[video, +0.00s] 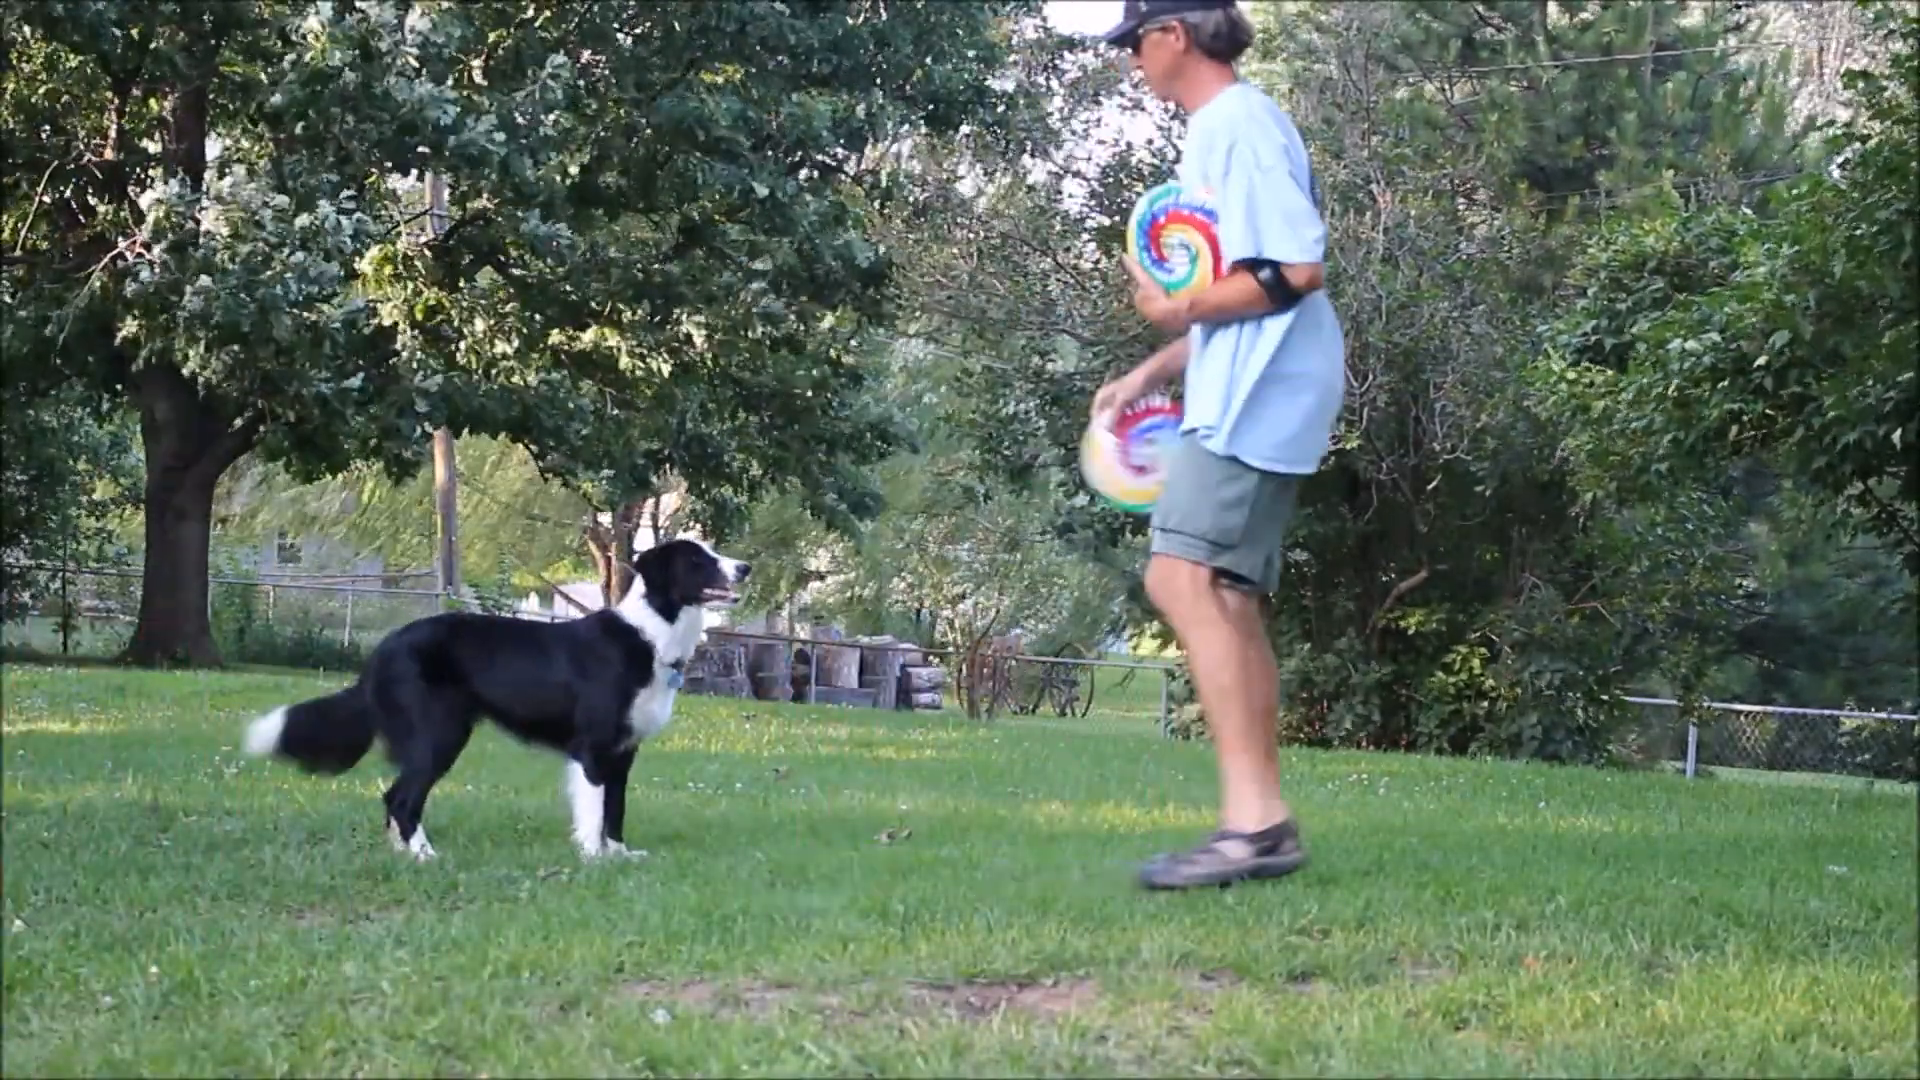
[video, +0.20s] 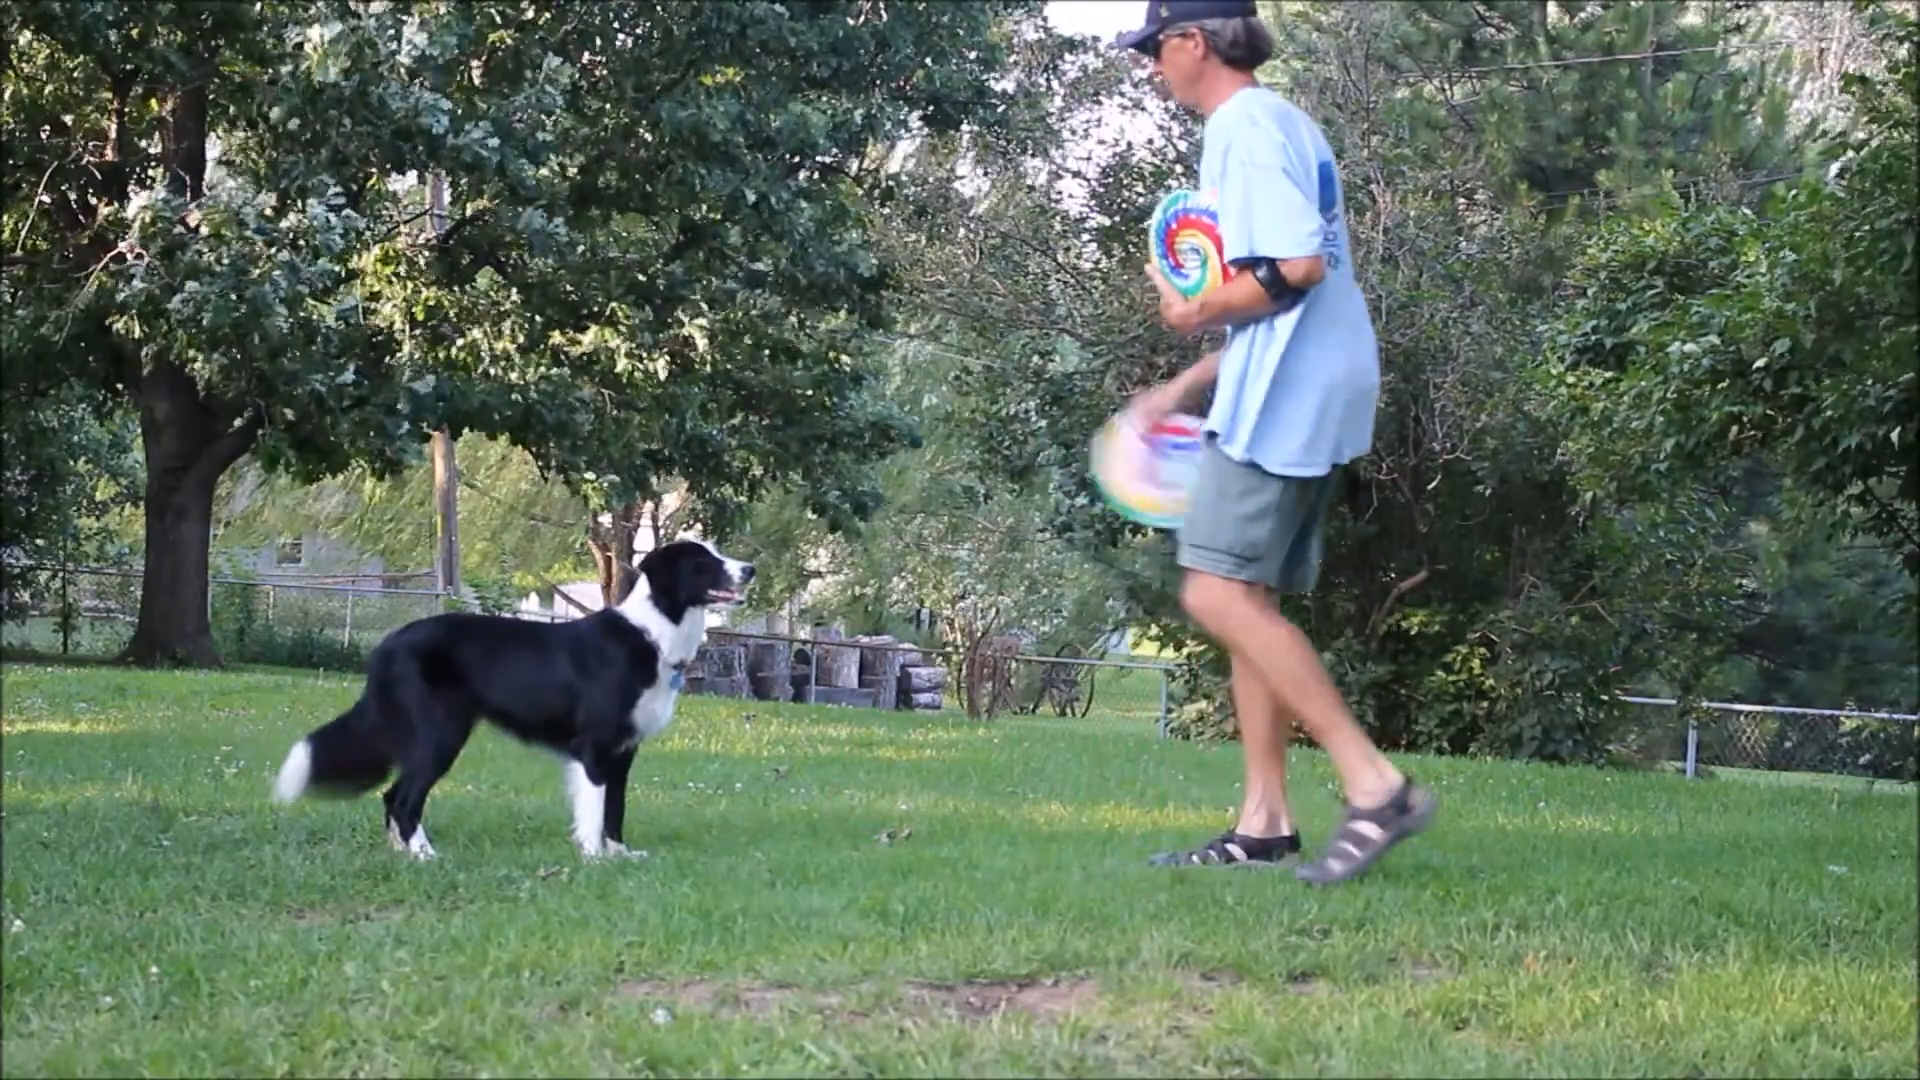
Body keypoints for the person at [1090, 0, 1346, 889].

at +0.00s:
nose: (1131, 60)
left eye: (1138, 42)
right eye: (1132, 45)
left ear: (1175, 40)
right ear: (1183, 42)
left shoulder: (1241, 124)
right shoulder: (1219, 130)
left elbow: (1295, 269)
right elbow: (1234, 295)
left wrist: (1177, 306)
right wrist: (1143, 379)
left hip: (1262, 392)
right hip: (1254, 394)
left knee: (1177, 578)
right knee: (1234, 602)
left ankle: (1252, 823)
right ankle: (1261, 820)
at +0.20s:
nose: (1154, 66)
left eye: (1160, 48)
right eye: (1153, 51)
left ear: (1200, 45)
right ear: (1217, 46)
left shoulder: (1246, 125)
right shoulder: (1279, 125)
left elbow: (1296, 264)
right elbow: (1281, 302)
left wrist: (1199, 310)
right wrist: (1185, 388)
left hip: (1291, 388)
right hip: (1302, 389)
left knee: (1211, 588)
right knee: (1247, 600)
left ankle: (1377, 791)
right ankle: (1263, 825)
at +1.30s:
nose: (1113, 152)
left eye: (1115, 132)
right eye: (1110, 135)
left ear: (1153, 121)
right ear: (1159, 121)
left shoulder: (1235, 172)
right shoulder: (1215, 204)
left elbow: (1340, 271)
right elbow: (1274, 379)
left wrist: (1251, 357)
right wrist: (1172, 451)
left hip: (1363, 403)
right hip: (1329, 411)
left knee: (1267, 595)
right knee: (1248, 602)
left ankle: (1391, 812)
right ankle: (1279, 825)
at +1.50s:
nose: (1107, 161)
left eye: (1109, 142)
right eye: (1104, 146)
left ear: (1148, 131)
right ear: (1153, 132)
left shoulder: (1233, 183)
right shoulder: (1216, 201)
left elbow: (1341, 276)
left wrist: (1258, 366)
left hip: (1350, 421)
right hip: (1320, 422)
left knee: (1257, 606)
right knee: (1236, 606)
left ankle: (1334, 841)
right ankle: (1277, 826)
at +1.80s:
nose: (1115, 133)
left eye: (1118, 112)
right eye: (1112, 116)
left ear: (1157, 102)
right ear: (1166, 101)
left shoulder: (1237, 174)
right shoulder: (1241, 167)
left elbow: (1331, 288)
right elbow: (1339, 289)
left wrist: (1240, 361)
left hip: (1353, 401)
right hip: (1341, 397)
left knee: (1263, 601)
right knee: (1249, 598)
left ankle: (1336, 844)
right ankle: (1279, 825)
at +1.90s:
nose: (1118, 131)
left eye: (1121, 111)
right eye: (1115, 114)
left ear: (1162, 100)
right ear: (1167, 99)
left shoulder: (1242, 171)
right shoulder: (1227, 175)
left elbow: (1340, 286)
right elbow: (1316, 288)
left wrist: (1246, 362)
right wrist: (1240, 341)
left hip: (1355, 405)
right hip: (1324, 403)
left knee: (1262, 603)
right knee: (1230, 590)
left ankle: (1337, 845)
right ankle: (1282, 819)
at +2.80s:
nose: (1214, 151)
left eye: (1220, 131)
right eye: (1211, 135)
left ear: (1266, 122)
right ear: (1263, 124)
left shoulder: (1362, 188)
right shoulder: (1318, 219)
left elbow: (1472, 301)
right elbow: (1356, 375)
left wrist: (1366, 382)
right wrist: (1275, 454)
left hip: (1467, 435)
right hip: (1423, 436)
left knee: (1363, 615)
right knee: (1329, 604)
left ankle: (1469, 847)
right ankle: (1303, 832)